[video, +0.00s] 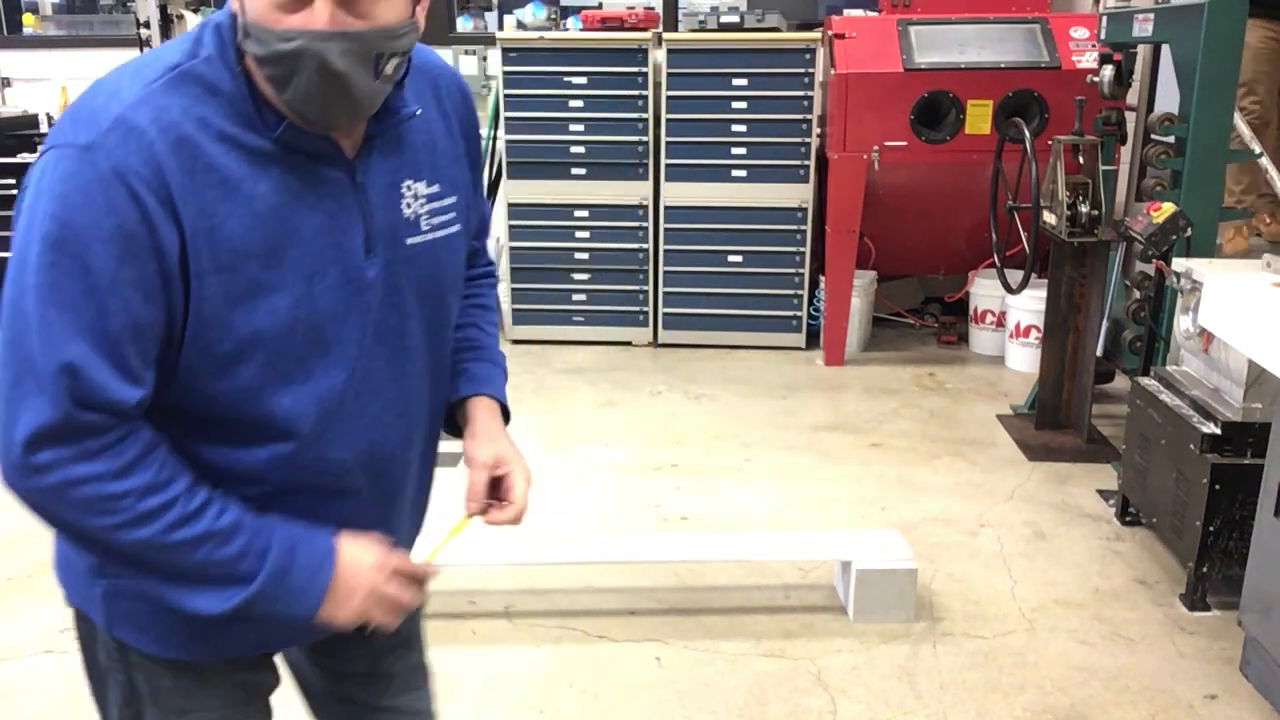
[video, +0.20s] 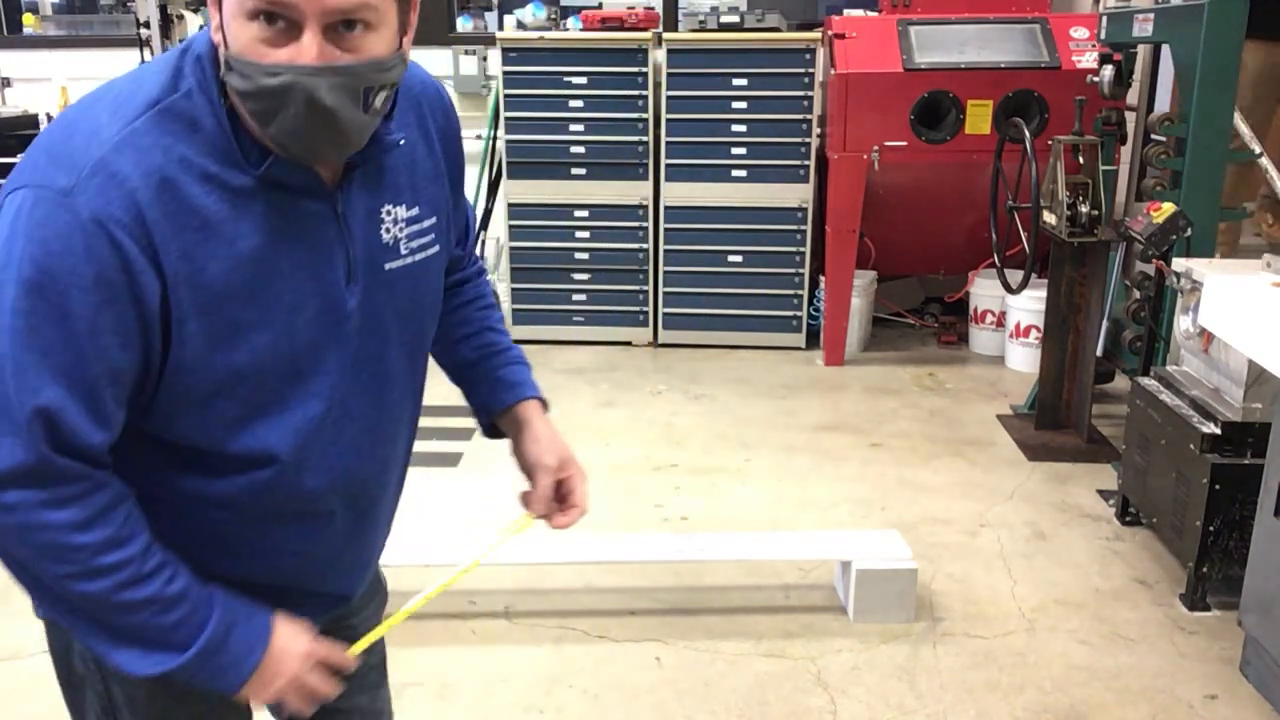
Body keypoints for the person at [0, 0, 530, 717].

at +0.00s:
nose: (322, 22)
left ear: (418, 6)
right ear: (239, 0)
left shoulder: (437, 101)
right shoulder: (114, 152)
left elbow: (468, 270)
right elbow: (61, 443)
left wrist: (483, 410)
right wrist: (307, 570)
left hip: (367, 562)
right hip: (175, 581)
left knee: (395, 709)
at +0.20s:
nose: (309, 60)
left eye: (348, 26)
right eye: (272, 20)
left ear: (408, 23)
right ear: (216, 16)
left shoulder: (420, 119)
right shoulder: (85, 198)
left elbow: (451, 274)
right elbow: (32, 484)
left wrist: (523, 413)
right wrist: (232, 644)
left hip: (340, 582)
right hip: (156, 622)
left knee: (356, 708)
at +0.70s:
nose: (300, 125)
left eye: (340, 86)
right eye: (262, 81)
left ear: (404, 74)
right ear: (211, 66)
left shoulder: (430, 144)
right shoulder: (71, 229)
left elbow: (499, 289)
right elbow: (17, 508)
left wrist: (532, 360)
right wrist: (144, 699)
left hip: (324, 560)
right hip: (149, 592)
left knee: (353, 708)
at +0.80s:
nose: (309, 148)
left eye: (350, 108)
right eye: (272, 101)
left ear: (412, 96)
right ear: (220, 75)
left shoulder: (439, 156)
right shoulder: (76, 235)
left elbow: (578, 348)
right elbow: (19, 514)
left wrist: (551, 311)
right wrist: (130, 709)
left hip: (323, 558)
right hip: (148, 586)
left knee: (361, 711)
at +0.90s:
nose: (315, 159)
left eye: (356, 121)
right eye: (282, 113)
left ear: (413, 107)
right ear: (229, 90)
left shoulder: (438, 183)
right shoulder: (73, 246)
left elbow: (615, 325)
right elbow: (16, 517)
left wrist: (535, 212)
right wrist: (117, 711)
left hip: (327, 557)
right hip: (145, 586)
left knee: (373, 709)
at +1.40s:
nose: (429, 141)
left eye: (460, 110)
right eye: (396, 103)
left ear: (498, 107)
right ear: (333, 88)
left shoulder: (522, 176)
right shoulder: (193, 227)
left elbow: (718, 271)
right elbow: (114, 464)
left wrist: (575, 130)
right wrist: (163, 678)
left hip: (421, 519)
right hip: (246, 541)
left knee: (480, 708)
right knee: (265, 712)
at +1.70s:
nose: (508, 124)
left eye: (540, 92)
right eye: (476, 86)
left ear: (572, 91)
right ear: (419, 68)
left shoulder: (590, 155)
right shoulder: (290, 215)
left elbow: (775, 237)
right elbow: (237, 436)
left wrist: (644, 108)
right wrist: (273, 623)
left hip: (512, 504)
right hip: (354, 524)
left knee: (531, 705)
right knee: (335, 709)